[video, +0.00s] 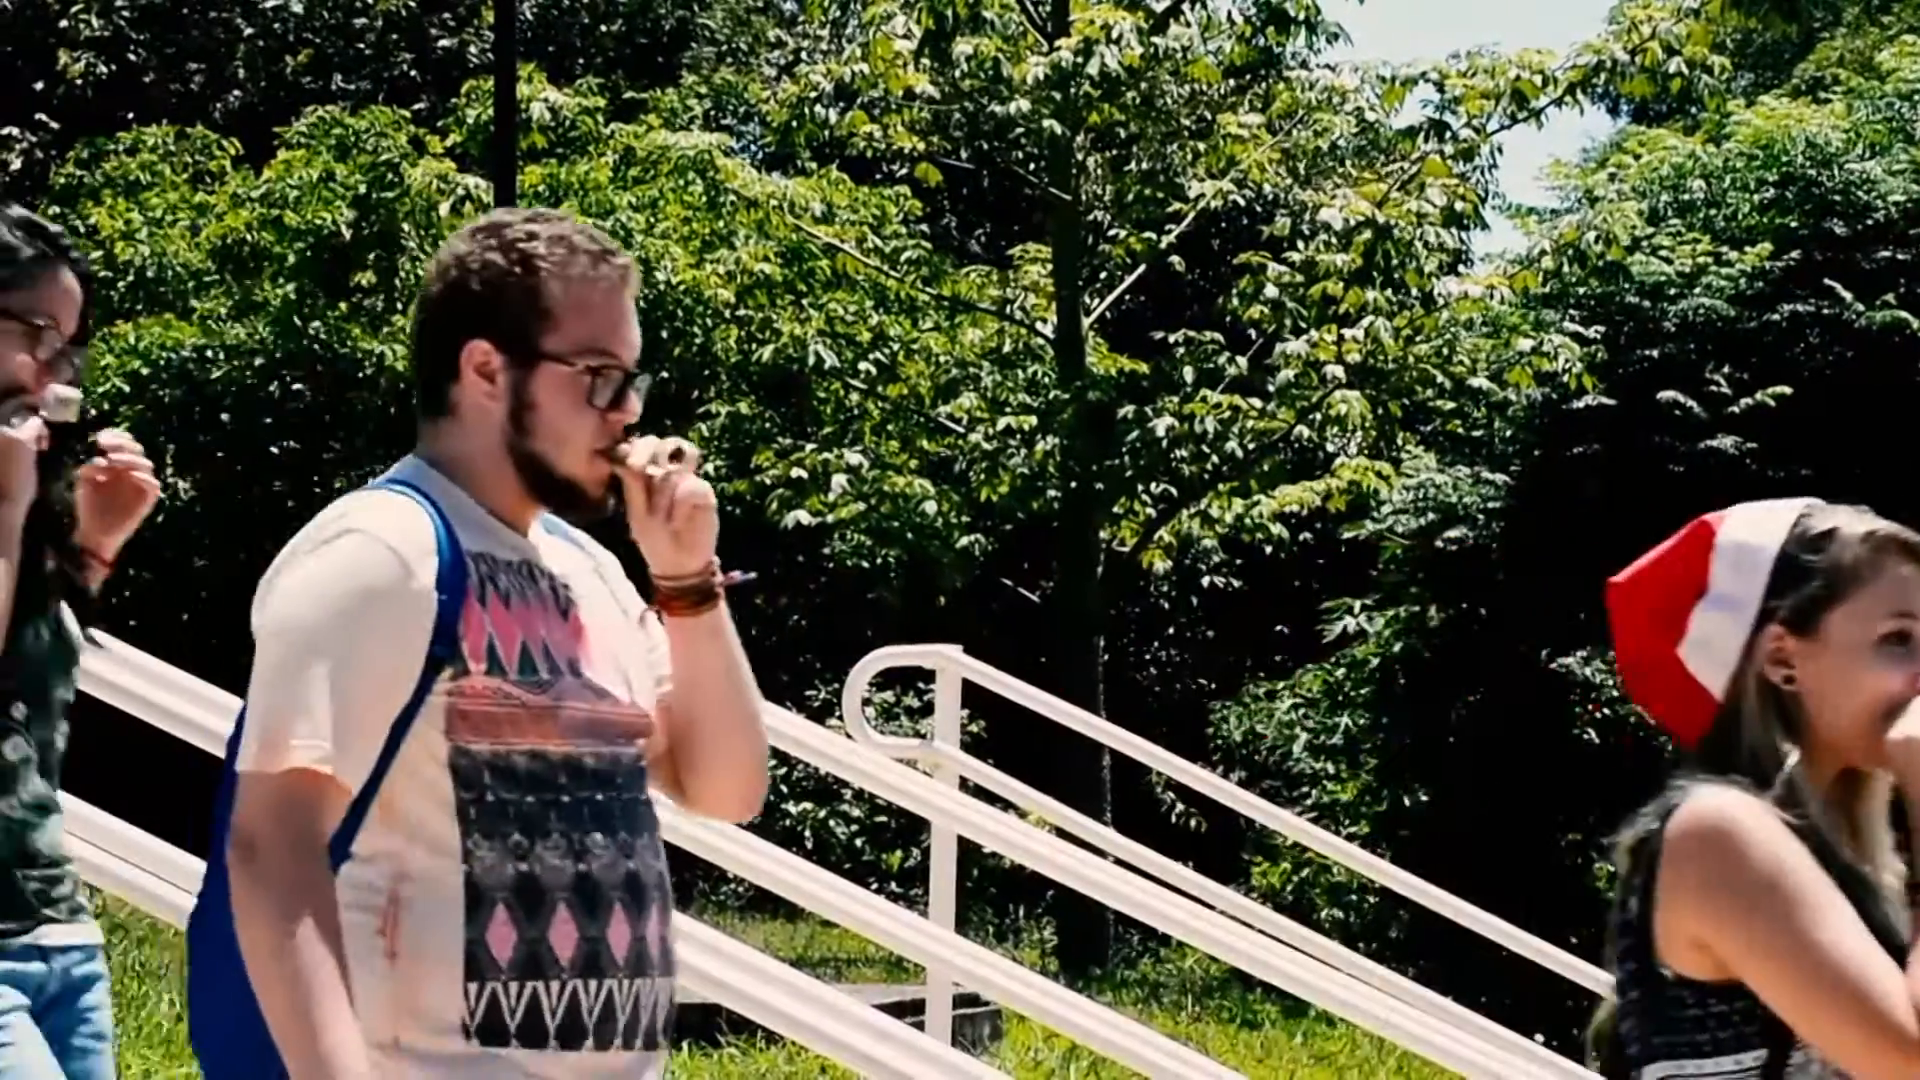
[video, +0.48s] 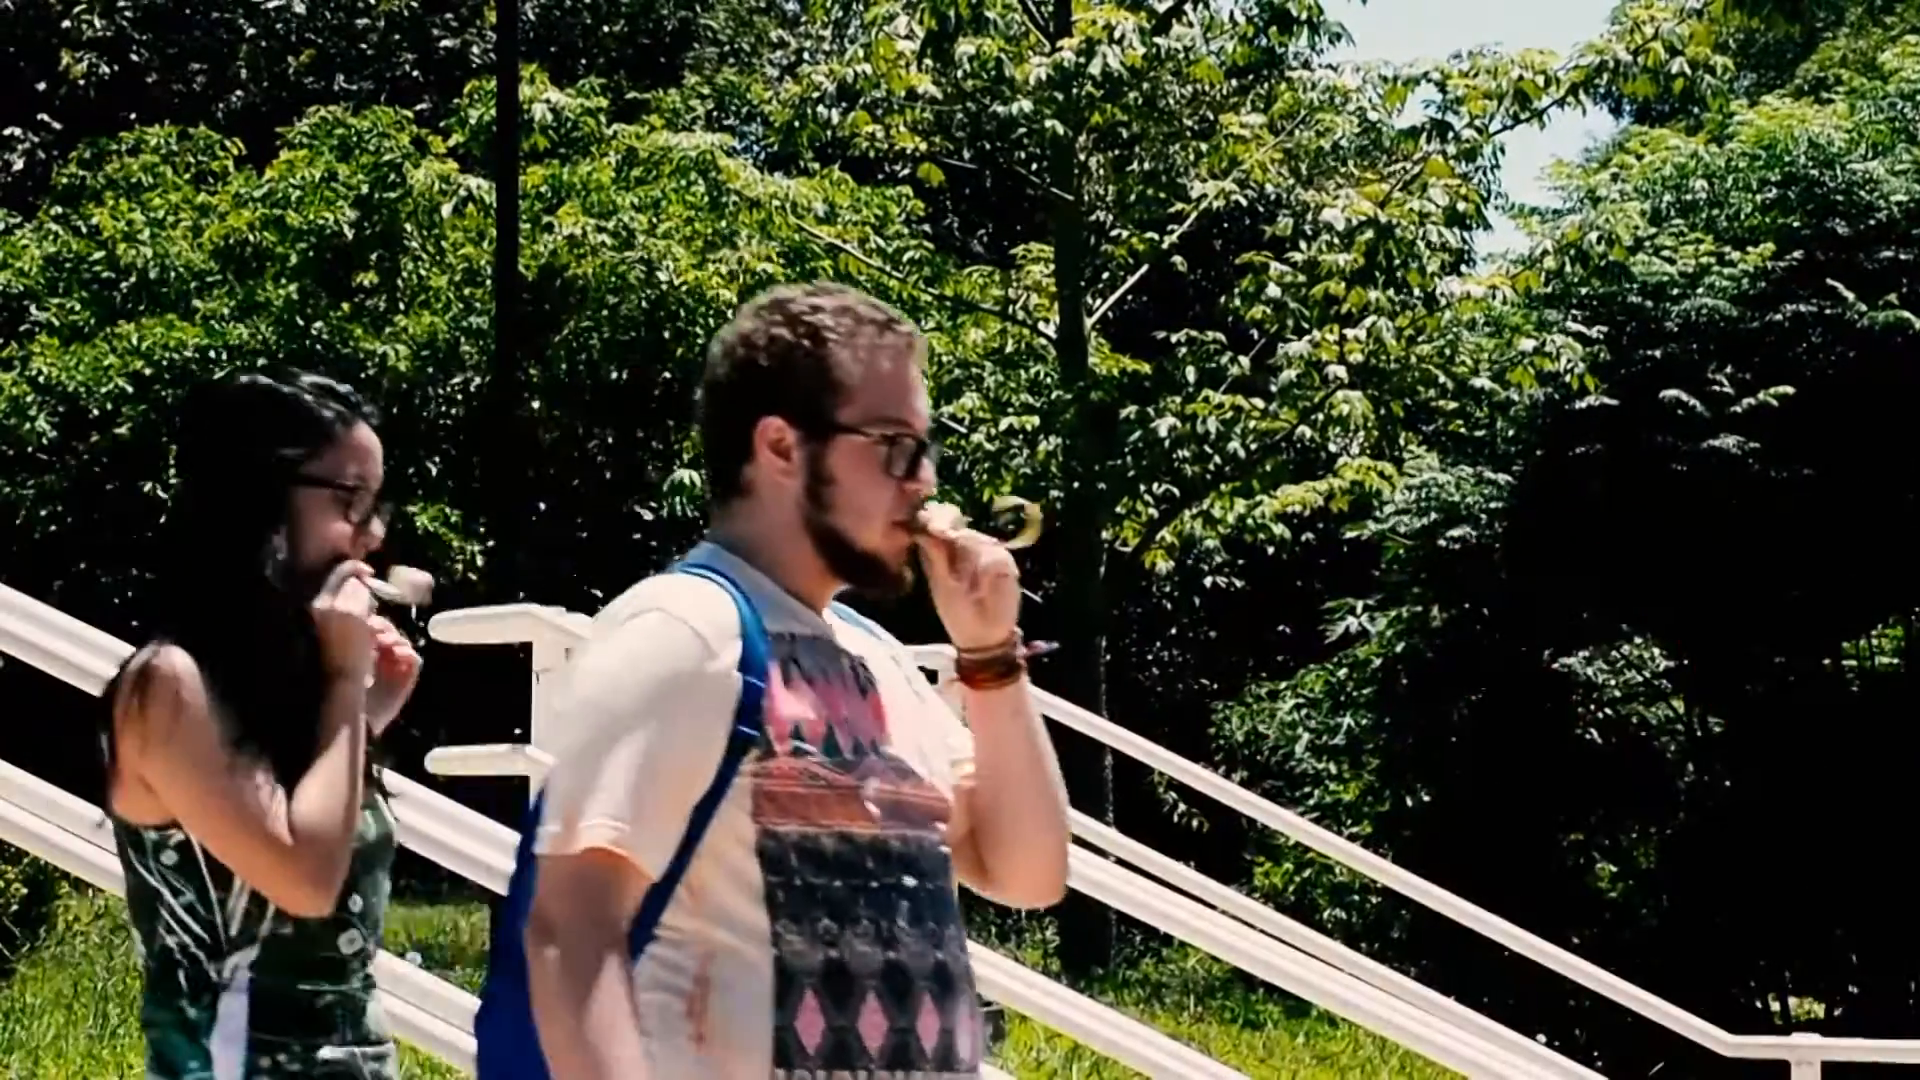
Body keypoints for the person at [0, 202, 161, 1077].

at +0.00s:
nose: (46, 368)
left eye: (63, 345)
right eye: (29, 330)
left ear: (73, 360)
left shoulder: (36, 485)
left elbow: (33, 679)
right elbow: (9, 669)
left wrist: (93, 548)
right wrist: (12, 510)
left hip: (65, 932)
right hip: (2, 946)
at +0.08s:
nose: (121, 390)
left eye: (131, 368)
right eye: (100, 356)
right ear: (18, 346)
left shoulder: (72, 504)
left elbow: (74, 706)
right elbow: (16, 720)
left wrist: (152, 571)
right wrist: (72, 529)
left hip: (122, 951)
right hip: (24, 969)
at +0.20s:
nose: (198, 384)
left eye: (208, 362)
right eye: (174, 353)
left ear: (213, 369)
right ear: (87, 346)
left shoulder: (152, 506)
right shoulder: (15, 514)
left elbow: (147, 711)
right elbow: (95, 714)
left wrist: (210, 575)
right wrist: (156, 525)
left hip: (198, 960)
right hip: (78, 977)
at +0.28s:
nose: (249, 408)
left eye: (255, 383)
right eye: (225, 373)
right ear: (138, 365)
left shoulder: (198, 534)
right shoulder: (38, 537)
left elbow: (205, 735)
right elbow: (163, 734)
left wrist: (253, 586)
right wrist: (215, 541)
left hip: (263, 1002)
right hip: (129, 1018)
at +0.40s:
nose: (321, 482)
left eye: (324, 454)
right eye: (294, 449)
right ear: (207, 447)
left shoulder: (247, 611)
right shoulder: (116, 624)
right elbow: (254, 824)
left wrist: (321, 662)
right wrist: (293, 627)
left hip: (313, 1038)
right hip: (196, 1050)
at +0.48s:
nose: (373, 533)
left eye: (377, 506)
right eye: (348, 500)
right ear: (260, 502)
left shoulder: (285, 666)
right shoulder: (166, 681)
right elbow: (308, 880)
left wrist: (366, 724)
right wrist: (346, 679)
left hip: (348, 1053)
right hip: (245, 1063)